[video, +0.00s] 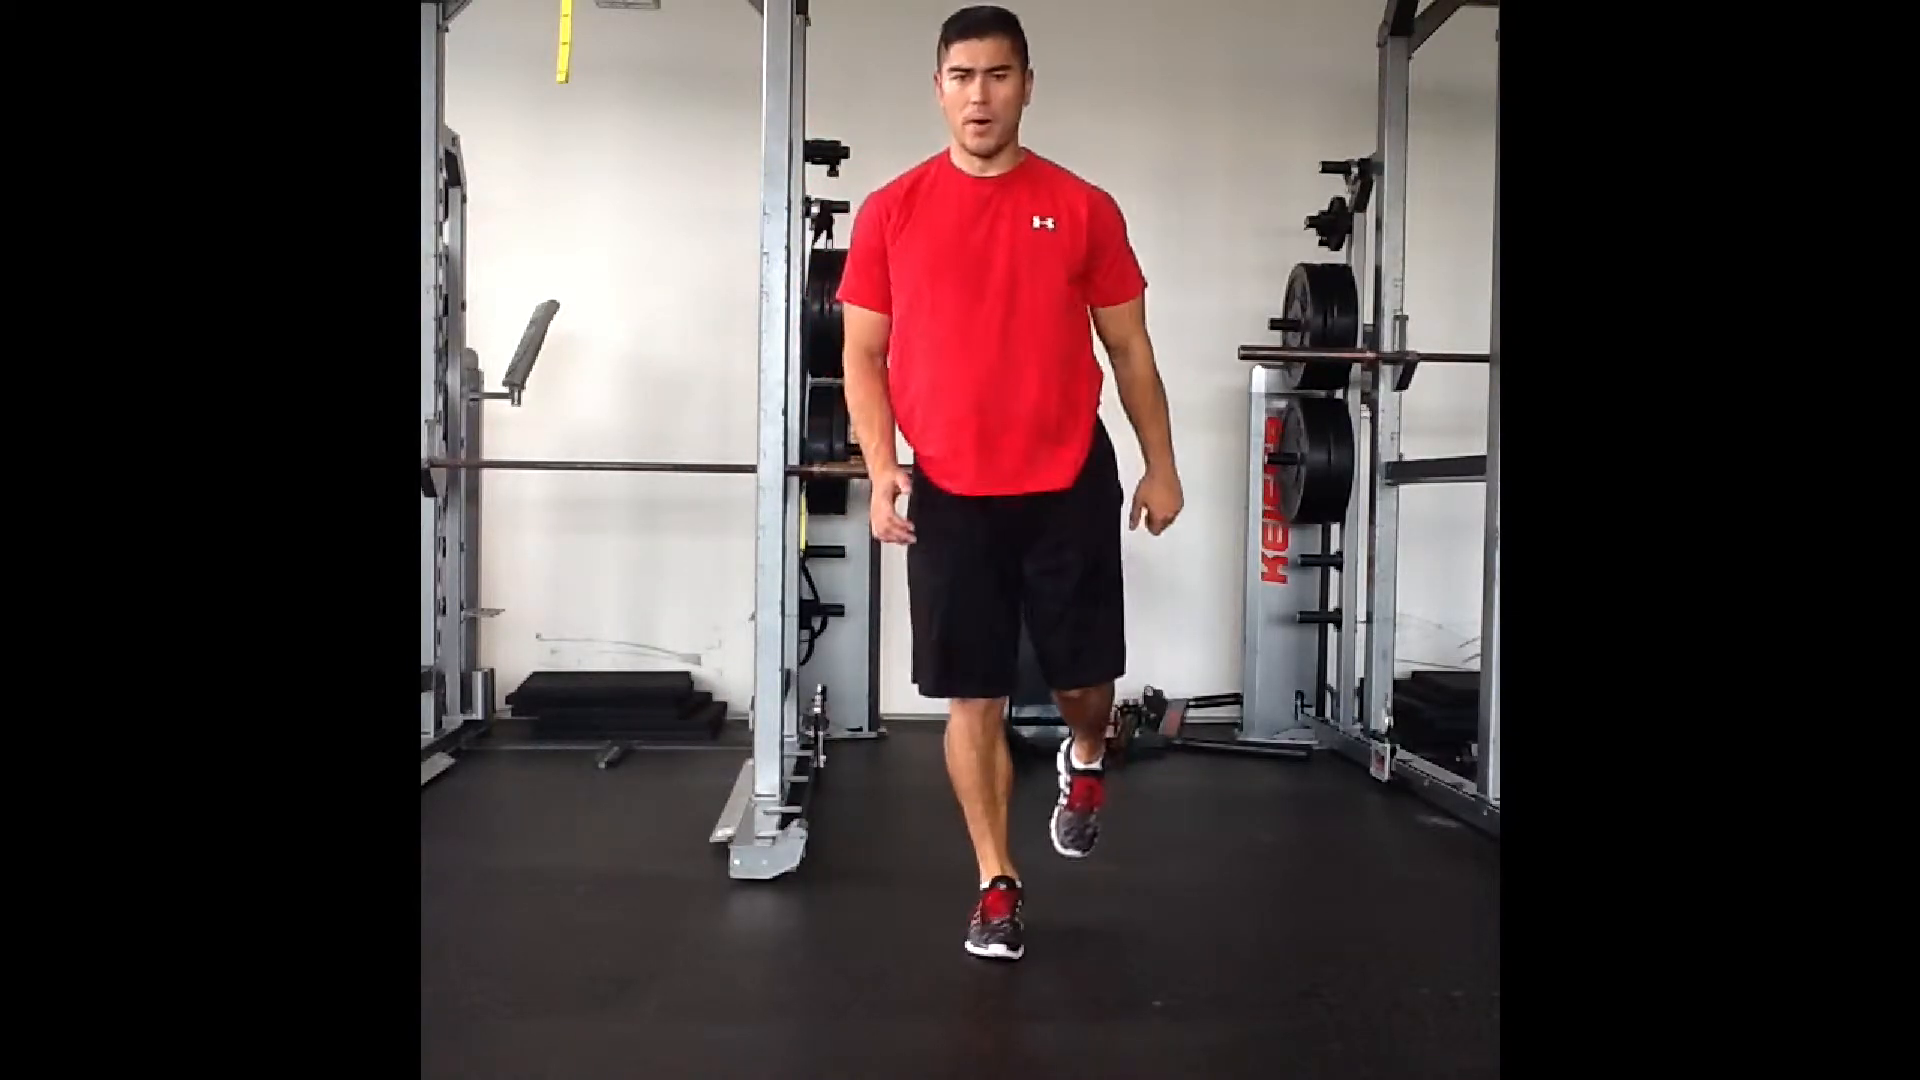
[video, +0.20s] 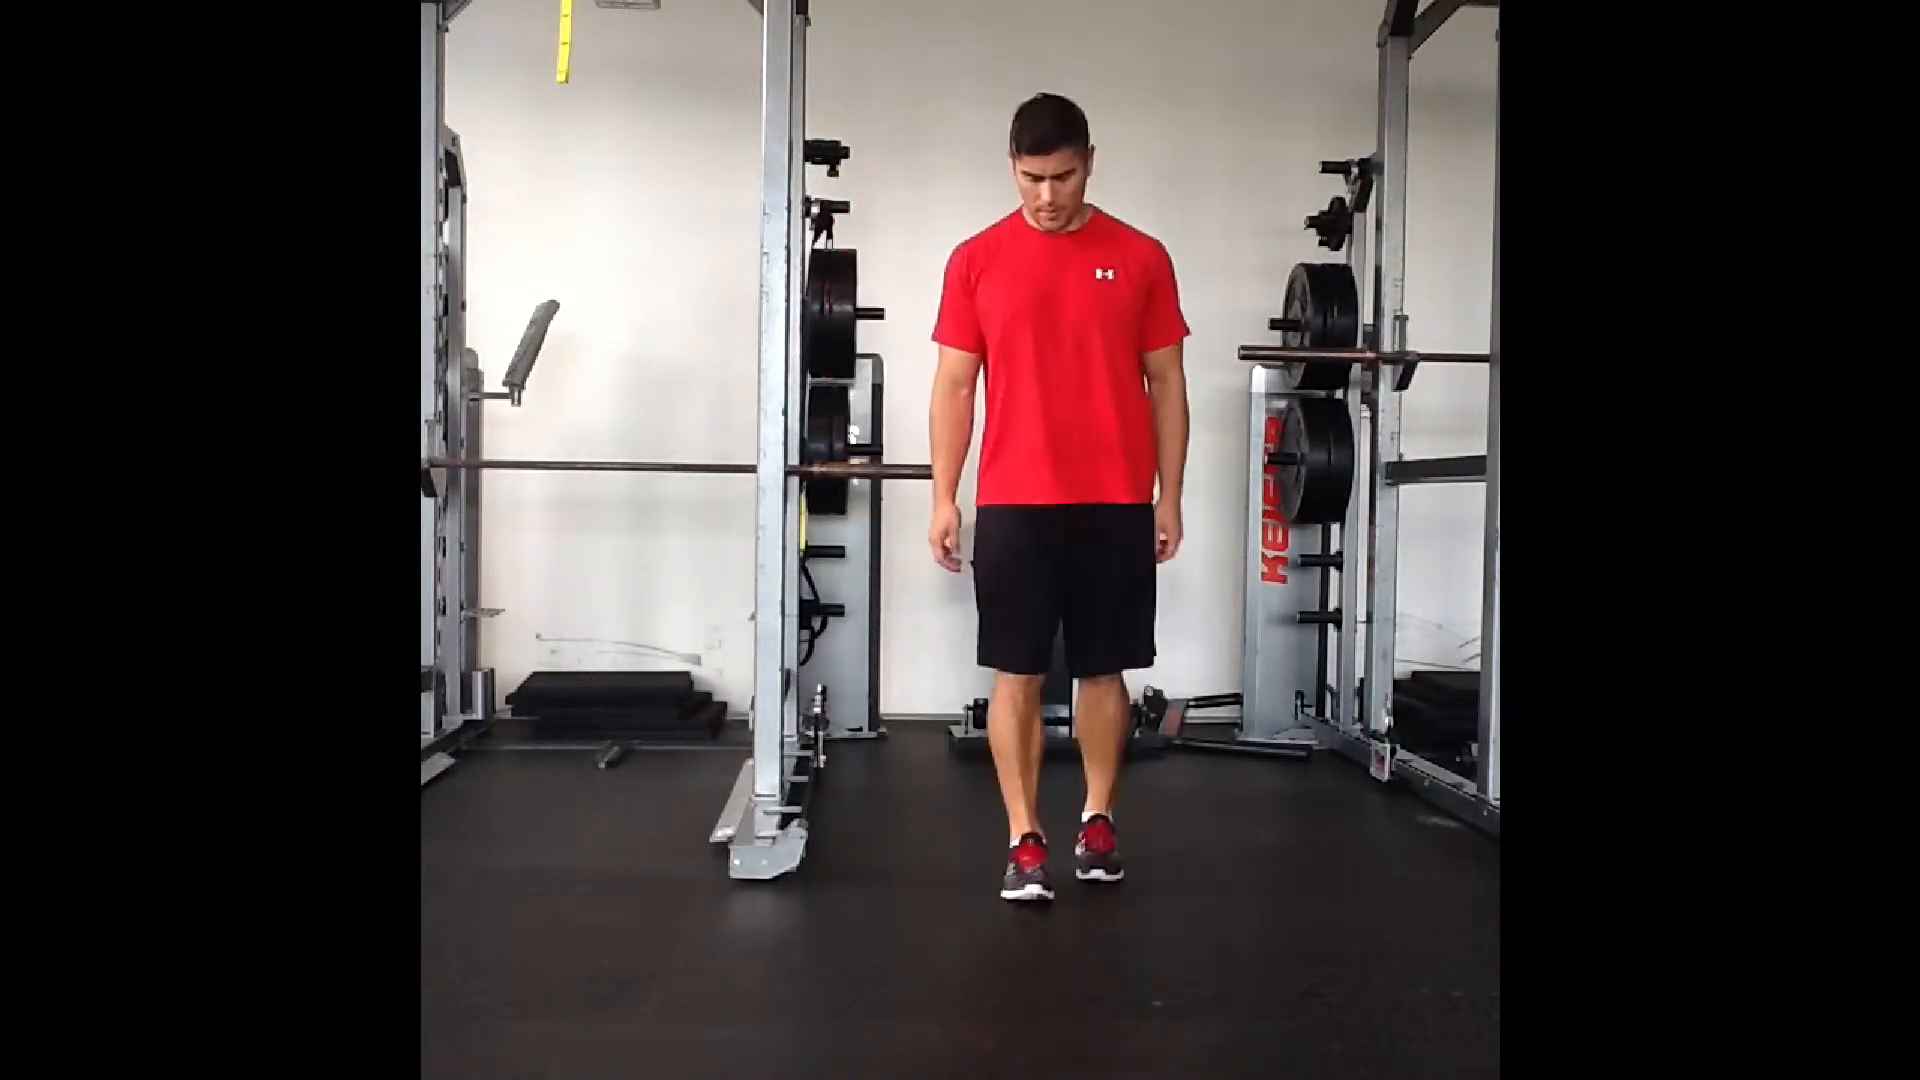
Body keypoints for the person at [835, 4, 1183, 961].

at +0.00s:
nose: (979, 94)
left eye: (997, 75)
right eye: (961, 76)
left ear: (1026, 87)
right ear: (938, 90)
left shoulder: (1082, 208)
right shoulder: (890, 214)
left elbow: (1128, 346)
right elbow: (862, 356)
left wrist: (1160, 463)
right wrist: (882, 467)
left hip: (1066, 485)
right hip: (948, 490)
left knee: (1081, 680)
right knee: (971, 693)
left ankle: (1086, 762)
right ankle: (995, 883)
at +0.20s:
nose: (1047, 194)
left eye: (1061, 178)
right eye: (1032, 179)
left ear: (1088, 167)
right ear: (1012, 172)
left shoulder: (1140, 257)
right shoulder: (976, 261)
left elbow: (1165, 380)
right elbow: (953, 383)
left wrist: (1169, 495)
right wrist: (944, 496)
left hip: (1114, 499)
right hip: (1015, 498)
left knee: (1102, 668)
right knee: (1017, 671)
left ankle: (1098, 823)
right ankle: (1024, 840)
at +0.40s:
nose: (1041, 176)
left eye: (1057, 158)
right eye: (1025, 160)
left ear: (1082, 152)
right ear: (1005, 160)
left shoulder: (1133, 253)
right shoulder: (966, 256)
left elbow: (1160, 373)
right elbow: (941, 377)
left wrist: (1165, 490)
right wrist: (940, 486)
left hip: (1111, 495)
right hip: (1012, 496)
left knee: (1103, 667)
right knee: (1018, 672)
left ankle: (1099, 819)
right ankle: (1024, 840)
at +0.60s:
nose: (1037, 171)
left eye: (1052, 152)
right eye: (1020, 154)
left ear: (1078, 147)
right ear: (1001, 155)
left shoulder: (1131, 251)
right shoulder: (964, 253)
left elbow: (1159, 373)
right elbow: (945, 379)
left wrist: (1158, 489)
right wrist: (959, 491)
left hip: (1106, 498)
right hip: (1008, 500)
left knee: (1103, 667)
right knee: (1016, 673)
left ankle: (1102, 818)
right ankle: (1025, 840)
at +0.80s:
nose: (1029, 162)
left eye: (1044, 144)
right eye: (1013, 147)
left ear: (1070, 144)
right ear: (994, 151)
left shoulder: (1123, 249)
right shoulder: (955, 251)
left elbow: (1151, 372)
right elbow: (929, 376)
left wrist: (1154, 492)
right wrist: (935, 488)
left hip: (1104, 495)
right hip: (1003, 496)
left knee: (1107, 670)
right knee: (1011, 677)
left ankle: (1105, 814)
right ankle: (1027, 841)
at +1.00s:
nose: (1026, 150)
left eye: (1041, 133)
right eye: (1010, 135)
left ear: (1066, 139)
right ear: (990, 144)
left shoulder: (1118, 247)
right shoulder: (949, 249)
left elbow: (1146, 371)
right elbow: (920, 374)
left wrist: (1149, 488)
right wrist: (913, 490)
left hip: (1099, 490)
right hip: (998, 491)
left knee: (1105, 664)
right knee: (1008, 672)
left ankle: (1088, 745)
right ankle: (1024, 842)